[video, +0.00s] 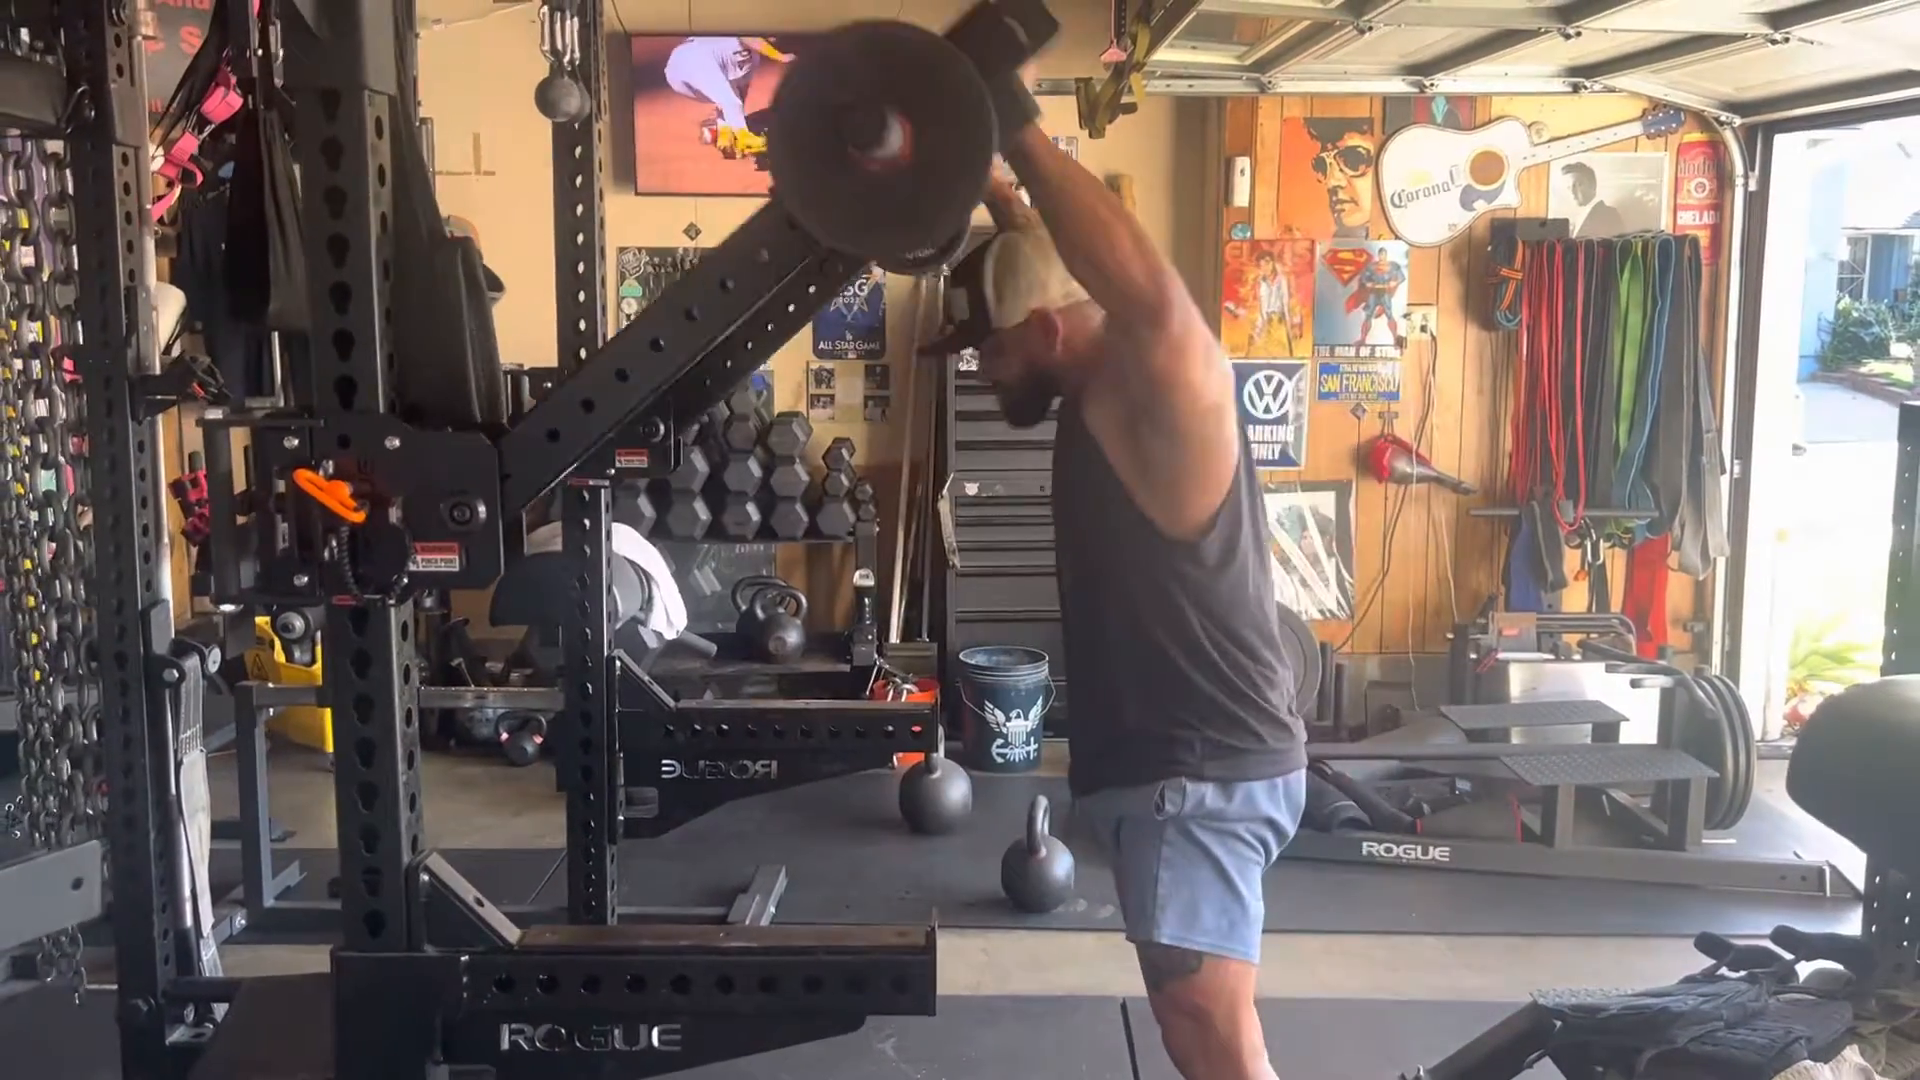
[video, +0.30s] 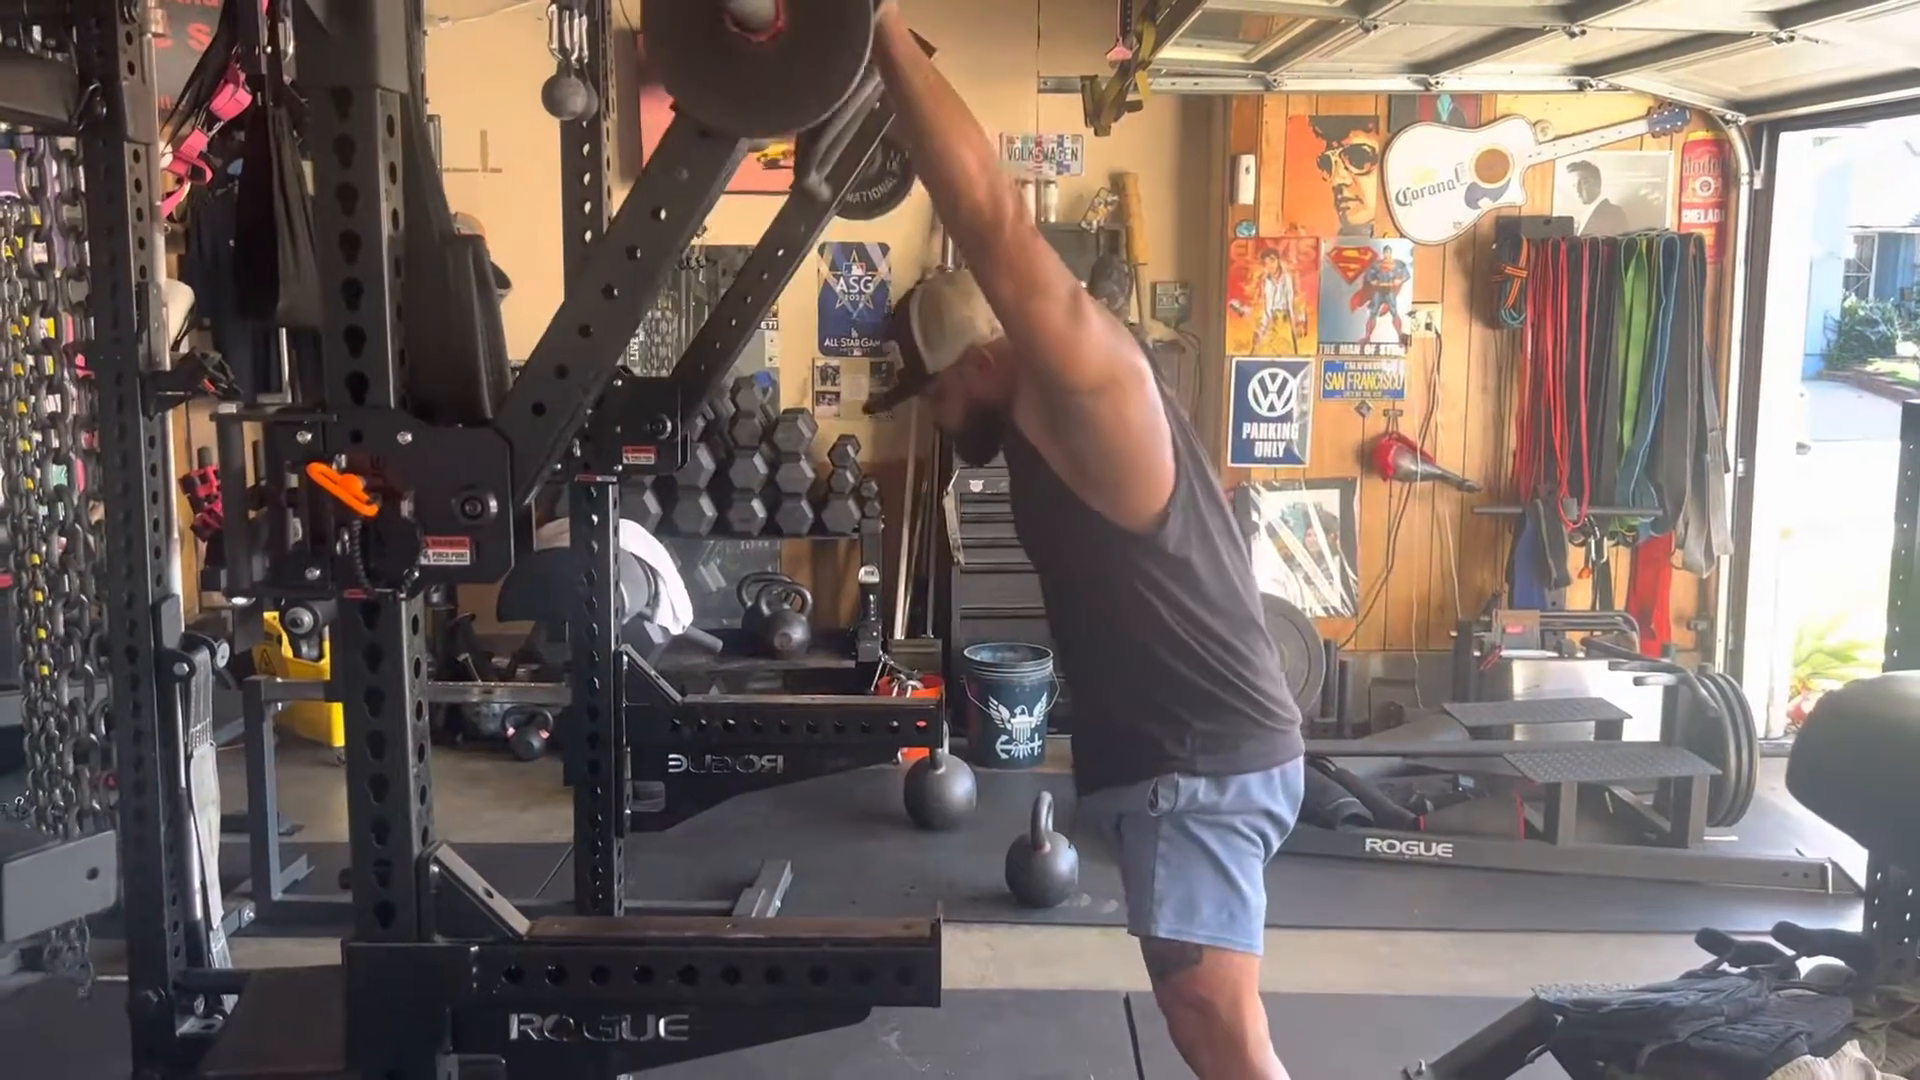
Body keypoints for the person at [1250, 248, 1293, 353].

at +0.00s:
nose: (1264, 268)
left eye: (1267, 264)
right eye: (1261, 265)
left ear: (1272, 263)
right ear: (1259, 267)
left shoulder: (1282, 280)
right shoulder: (1260, 282)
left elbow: (1286, 302)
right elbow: (1260, 306)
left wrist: (1289, 326)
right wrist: (1257, 330)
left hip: (1280, 317)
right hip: (1266, 317)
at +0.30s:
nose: (1270, 266)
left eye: (1272, 261)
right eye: (1266, 263)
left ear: (1278, 261)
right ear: (1263, 266)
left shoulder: (1288, 277)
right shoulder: (1265, 280)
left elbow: (1293, 299)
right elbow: (1264, 302)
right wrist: (1264, 322)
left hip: (1285, 315)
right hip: (1271, 315)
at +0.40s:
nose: (1273, 265)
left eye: (1276, 260)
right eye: (1269, 262)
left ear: (1281, 259)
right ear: (1267, 264)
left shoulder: (1292, 276)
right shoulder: (1266, 278)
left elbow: (1299, 296)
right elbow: (1259, 300)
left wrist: (1304, 318)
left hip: (1290, 314)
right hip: (1273, 314)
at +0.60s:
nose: (1280, 259)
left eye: (1283, 254)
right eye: (1276, 256)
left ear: (1288, 253)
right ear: (1274, 258)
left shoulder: (1299, 270)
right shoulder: (1275, 273)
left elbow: (1308, 291)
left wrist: (1311, 313)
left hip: (1297, 309)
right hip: (1281, 310)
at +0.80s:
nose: (1291, 251)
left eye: (1293, 246)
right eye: (1287, 248)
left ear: (1299, 245)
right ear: (1285, 250)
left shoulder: (1309, 261)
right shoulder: (1286, 264)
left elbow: (1313, 282)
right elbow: (1286, 284)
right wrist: (1287, 304)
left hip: (1306, 298)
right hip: (1293, 299)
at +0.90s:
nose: (1297, 246)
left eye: (1299, 241)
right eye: (1293, 243)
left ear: (1305, 240)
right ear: (1291, 245)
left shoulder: (1316, 256)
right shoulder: (1292, 259)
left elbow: (1324, 277)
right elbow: (1290, 280)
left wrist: (1328, 300)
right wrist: (1291, 300)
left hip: (1314, 296)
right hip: (1298, 297)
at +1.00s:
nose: (1304, 240)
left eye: (1306, 235)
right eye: (1300, 237)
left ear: (1312, 235)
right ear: (1298, 239)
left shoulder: (1322, 250)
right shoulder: (1299, 253)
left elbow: (1325, 269)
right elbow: (1300, 271)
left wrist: (1326, 286)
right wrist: (1301, 286)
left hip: (1319, 287)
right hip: (1305, 287)